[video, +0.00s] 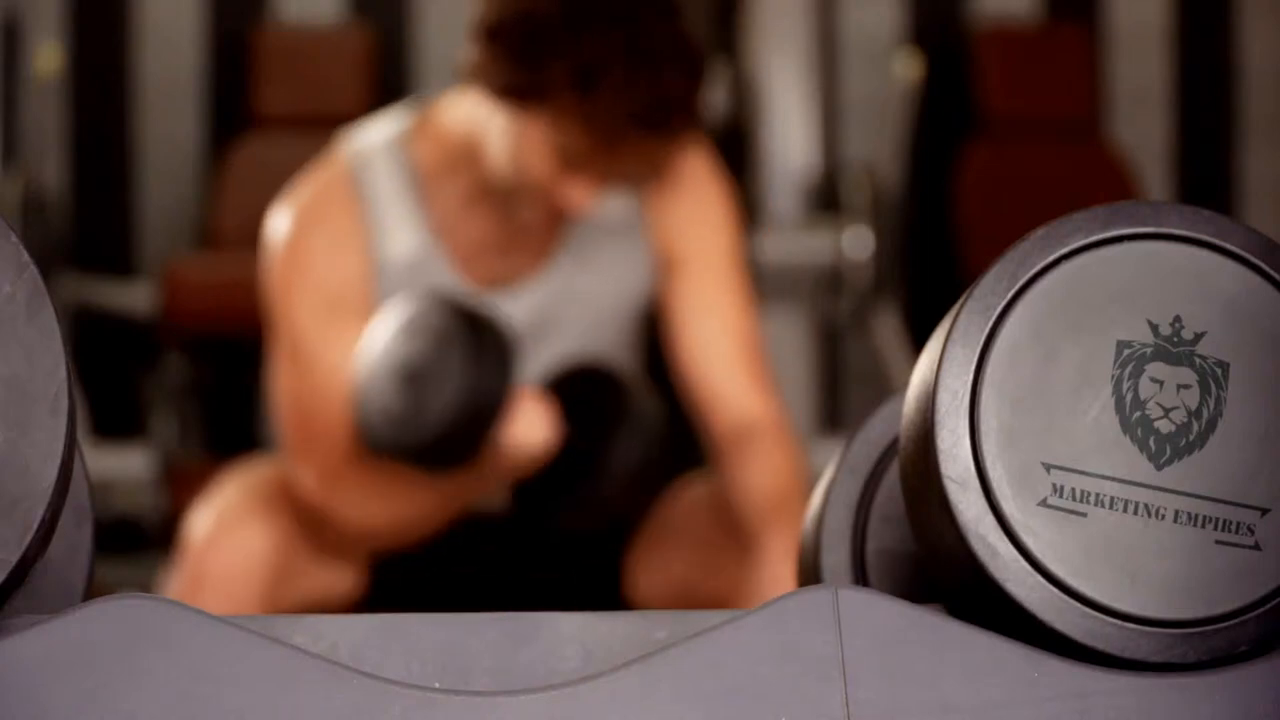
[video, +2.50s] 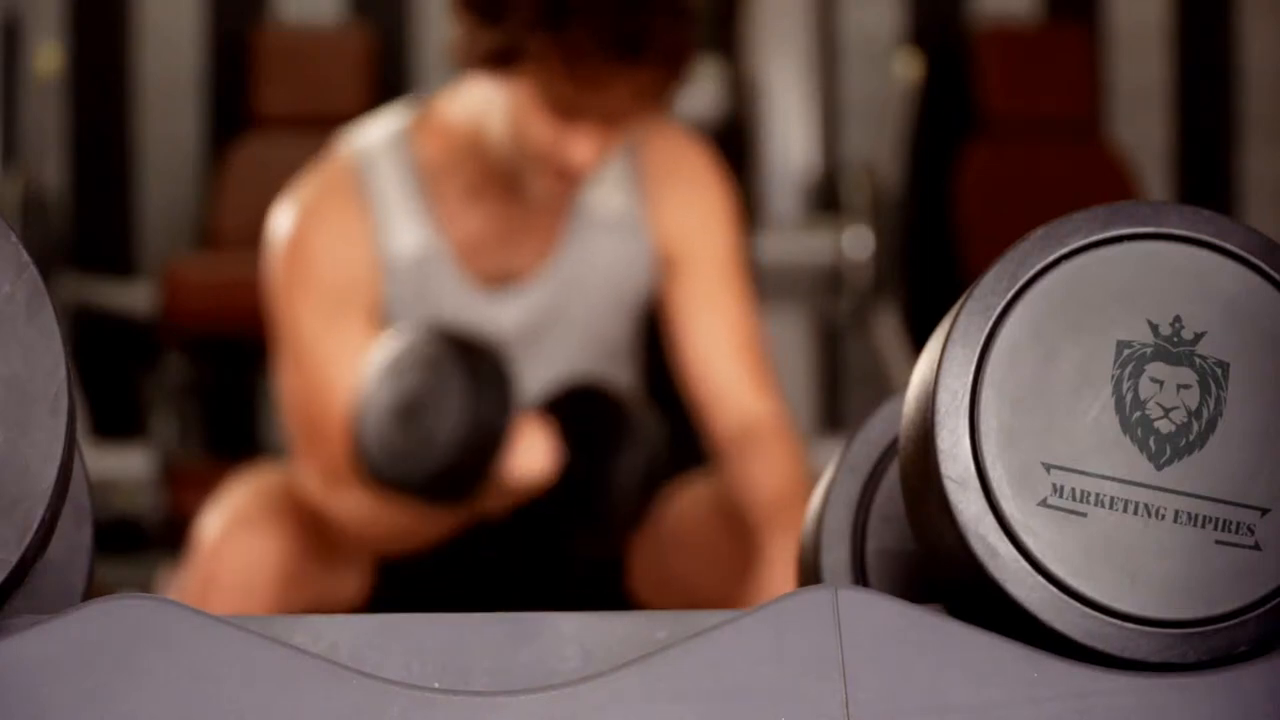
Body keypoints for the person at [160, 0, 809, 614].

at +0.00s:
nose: (588, 201)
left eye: (615, 174)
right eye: (573, 164)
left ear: (652, 137)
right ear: (509, 98)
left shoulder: (671, 173)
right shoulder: (328, 212)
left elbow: (747, 423)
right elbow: (340, 499)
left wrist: (790, 586)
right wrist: (489, 465)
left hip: (600, 522)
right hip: (400, 527)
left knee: (778, 540)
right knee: (235, 532)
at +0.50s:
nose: (591, 182)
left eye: (621, 156)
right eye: (573, 145)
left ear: (658, 121)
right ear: (514, 84)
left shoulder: (681, 170)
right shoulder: (350, 210)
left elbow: (749, 425)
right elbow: (343, 503)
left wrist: (797, 544)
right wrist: (498, 494)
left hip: (595, 534)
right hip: (399, 538)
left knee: (797, 534)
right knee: (242, 523)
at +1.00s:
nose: (618, 200)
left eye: (652, 171)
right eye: (599, 158)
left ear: (690, 139)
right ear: (539, 94)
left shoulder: (704, 179)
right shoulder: (397, 227)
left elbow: (758, 432)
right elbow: (350, 544)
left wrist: (813, 565)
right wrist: (398, 711)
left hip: (602, 522)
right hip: (417, 531)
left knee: (799, 541)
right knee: (244, 534)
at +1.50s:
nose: (614, 205)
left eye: (647, 175)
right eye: (593, 163)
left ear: (682, 146)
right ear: (529, 102)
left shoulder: (696, 179)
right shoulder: (397, 242)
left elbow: (755, 430)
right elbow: (345, 556)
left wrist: (805, 577)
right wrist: (351, 719)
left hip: (602, 522)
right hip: (417, 531)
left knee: (792, 543)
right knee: (234, 532)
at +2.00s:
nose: (611, 168)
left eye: (645, 137)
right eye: (591, 127)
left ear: (676, 110)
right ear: (524, 67)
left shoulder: (696, 170)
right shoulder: (393, 210)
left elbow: (753, 428)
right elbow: (337, 510)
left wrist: (790, 570)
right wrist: (457, 668)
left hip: (601, 521)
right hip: (418, 529)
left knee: (792, 540)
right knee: (241, 526)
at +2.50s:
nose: (588, 153)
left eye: (618, 121)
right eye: (566, 112)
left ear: (652, 93)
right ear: (500, 58)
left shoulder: (670, 170)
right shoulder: (333, 208)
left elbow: (748, 421)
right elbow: (342, 500)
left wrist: (788, 576)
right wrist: (497, 479)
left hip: (598, 525)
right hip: (403, 534)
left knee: (782, 531)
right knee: (248, 534)